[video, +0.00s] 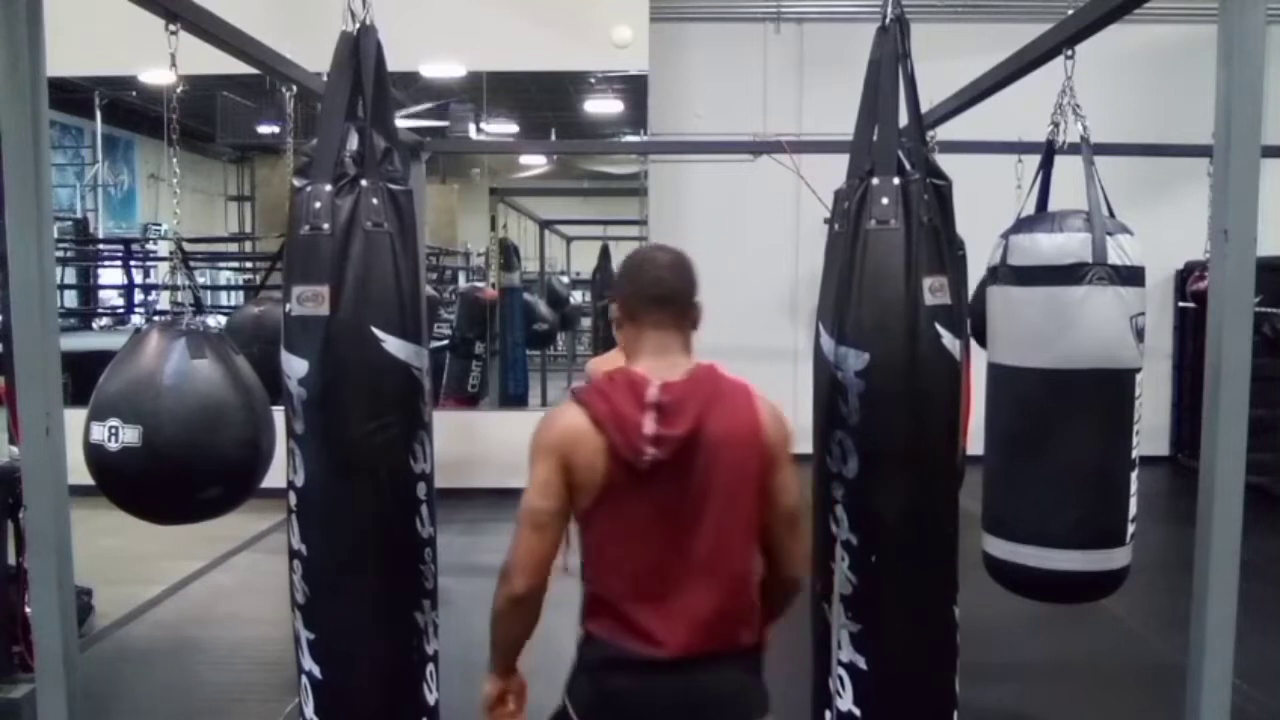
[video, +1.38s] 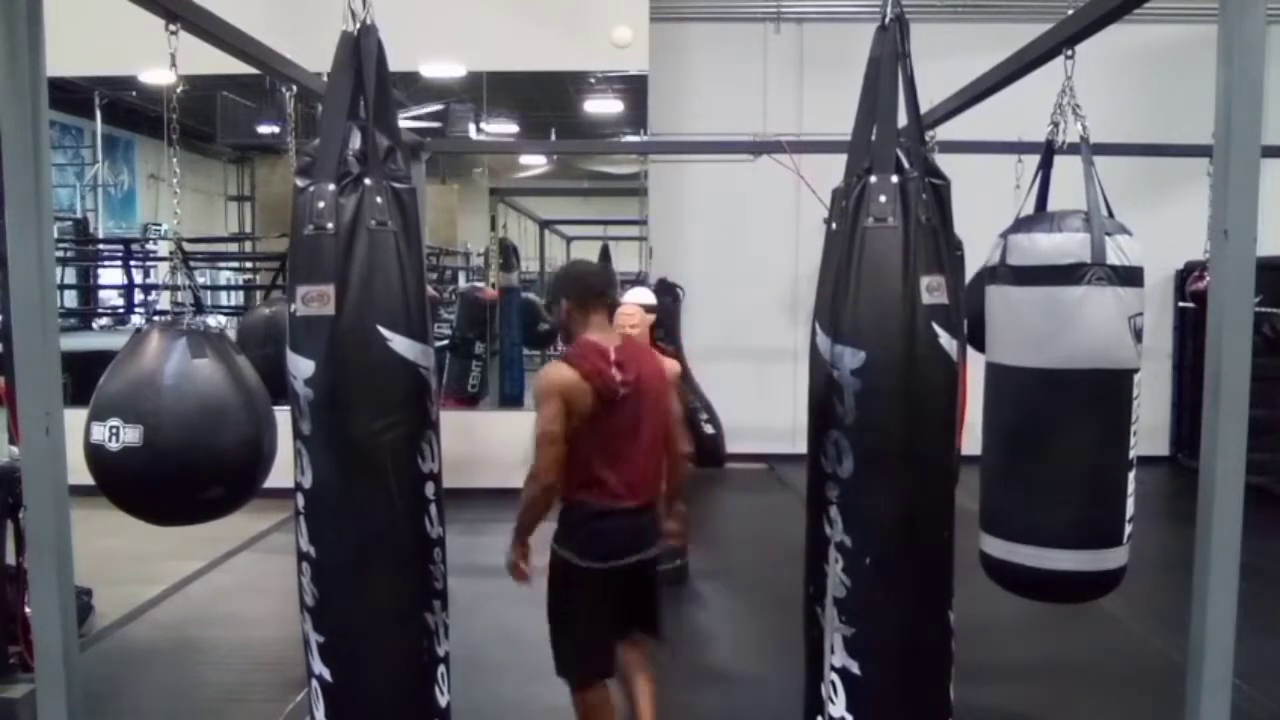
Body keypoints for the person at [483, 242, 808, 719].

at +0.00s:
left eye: (613, 314)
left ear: (617, 316)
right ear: (696, 317)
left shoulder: (571, 426)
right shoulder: (759, 417)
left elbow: (522, 584)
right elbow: (791, 569)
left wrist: (503, 668)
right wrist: (744, 622)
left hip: (615, 687)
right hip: (727, 686)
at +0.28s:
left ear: (587, 308)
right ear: (657, 308)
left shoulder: (544, 408)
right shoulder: (709, 397)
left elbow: (527, 552)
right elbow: (740, 535)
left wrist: (536, 643)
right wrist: (750, 647)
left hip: (589, 643)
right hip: (685, 643)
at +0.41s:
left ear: (595, 305)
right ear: (659, 307)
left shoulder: (547, 397)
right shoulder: (704, 393)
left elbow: (522, 533)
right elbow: (722, 527)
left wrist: (539, 620)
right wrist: (723, 638)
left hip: (587, 628)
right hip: (677, 627)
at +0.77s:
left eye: (620, 311)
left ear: (621, 314)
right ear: (679, 312)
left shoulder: (578, 384)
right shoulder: (713, 388)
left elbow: (550, 496)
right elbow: (728, 504)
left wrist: (540, 574)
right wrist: (738, 591)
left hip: (602, 598)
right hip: (685, 600)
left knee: (598, 713)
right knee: (685, 712)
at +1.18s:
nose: (643, 315)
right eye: (639, 308)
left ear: (583, 314)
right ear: (630, 309)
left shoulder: (558, 384)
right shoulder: (677, 375)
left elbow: (549, 486)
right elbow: (711, 463)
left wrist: (543, 559)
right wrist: (725, 520)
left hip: (590, 561)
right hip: (664, 557)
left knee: (593, 684)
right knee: (678, 693)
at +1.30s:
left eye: (559, 307)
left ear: (567, 310)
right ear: (615, 304)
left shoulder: (555, 379)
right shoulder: (664, 368)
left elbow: (543, 482)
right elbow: (687, 456)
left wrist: (523, 543)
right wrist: (689, 515)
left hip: (583, 545)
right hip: (645, 538)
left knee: (588, 680)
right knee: (649, 650)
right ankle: (658, 713)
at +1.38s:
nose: (555, 315)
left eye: (556, 307)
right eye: (557, 307)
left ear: (566, 308)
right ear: (612, 305)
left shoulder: (558, 377)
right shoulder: (659, 366)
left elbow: (548, 477)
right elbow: (681, 451)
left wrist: (520, 537)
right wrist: (671, 503)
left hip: (585, 536)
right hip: (642, 527)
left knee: (586, 675)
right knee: (635, 645)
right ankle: (646, 714)